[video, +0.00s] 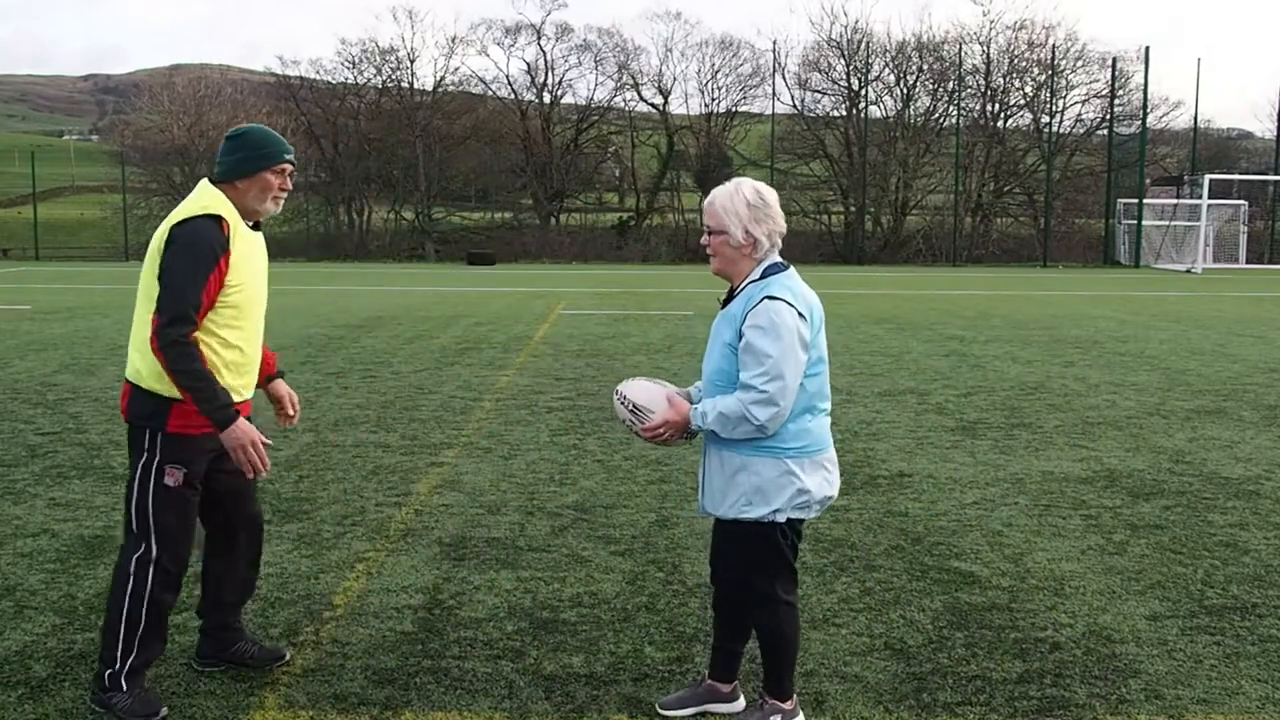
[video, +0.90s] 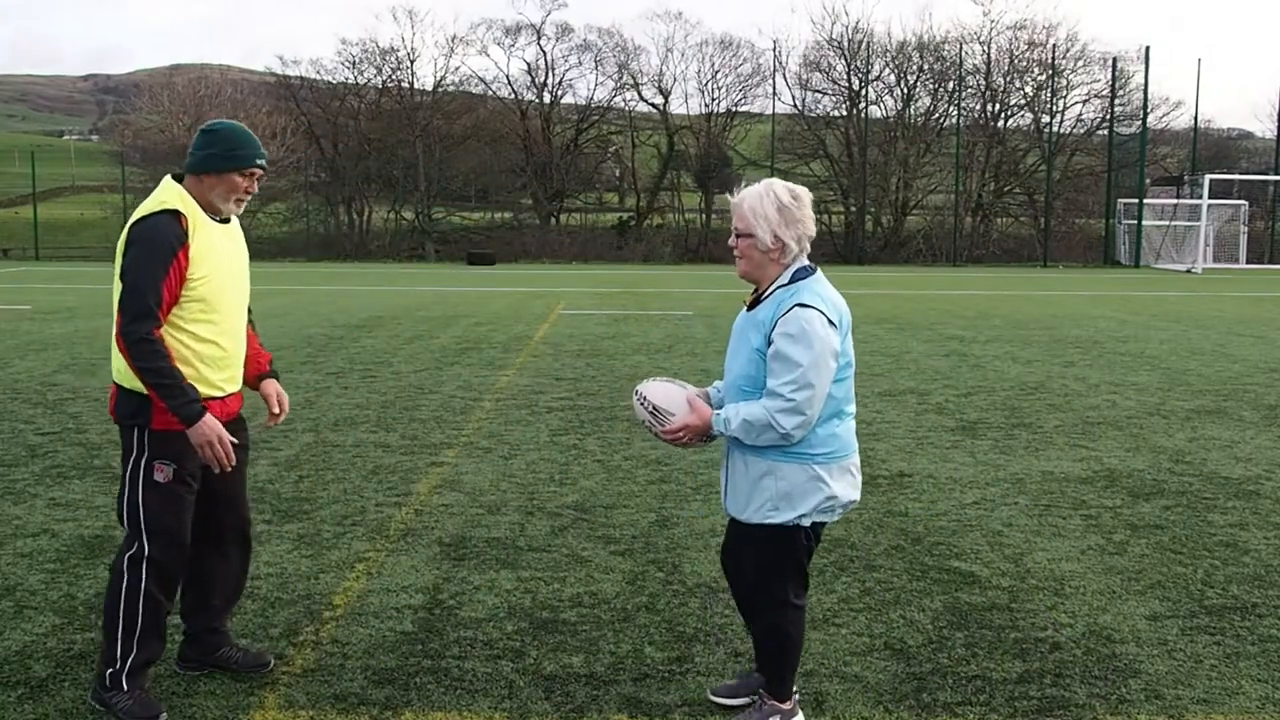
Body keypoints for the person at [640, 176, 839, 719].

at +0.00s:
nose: (704, 243)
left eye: (714, 233)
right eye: (704, 231)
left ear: (750, 240)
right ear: (745, 241)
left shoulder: (775, 306)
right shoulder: (750, 297)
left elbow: (765, 407)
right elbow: (735, 382)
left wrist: (695, 415)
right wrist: (683, 402)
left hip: (775, 474)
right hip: (743, 469)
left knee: (769, 589)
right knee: (729, 579)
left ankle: (780, 703)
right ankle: (721, 685)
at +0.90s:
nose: (732, 244)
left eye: (742, 235)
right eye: (733, 234)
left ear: (778, 244)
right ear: (770, 245)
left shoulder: (804, 313)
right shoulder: (771, 302)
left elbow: (789, 416)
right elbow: (751, 383)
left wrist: (716, 421)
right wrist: (702, 401)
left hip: (796, 478)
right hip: (763, 470)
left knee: (774, 584)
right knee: (740, 563)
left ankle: (781, 699)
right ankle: (770, 674)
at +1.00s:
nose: (737, 245)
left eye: (747, 236)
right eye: (737, 235)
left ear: (783, 244)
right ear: (774, 244)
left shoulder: (810, 313)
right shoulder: (776, 301)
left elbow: (797, 415)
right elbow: (758, 383)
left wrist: (723, 422)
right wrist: (708, 402)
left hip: (802, 476)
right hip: (770, 467)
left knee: (778, 585)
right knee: (754, 563)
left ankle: (780, 701)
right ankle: (814, 665)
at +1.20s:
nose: (754, 247)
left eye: (763, 238)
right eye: (755, 236)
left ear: (798, 244)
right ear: (790, 245)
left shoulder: (828, 314)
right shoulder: (795, 304)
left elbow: (817, 413)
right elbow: (776, 384)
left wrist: (740, 422)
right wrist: (728, 403)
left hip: (826, 475)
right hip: (803, 469)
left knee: (785, 581)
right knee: (813, 574)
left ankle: (780, 702)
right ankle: (892, 653)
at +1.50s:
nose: (811, 252)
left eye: (823, 242)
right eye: (809, 241)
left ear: (860, 249)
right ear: (848, 251)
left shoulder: (880, 316)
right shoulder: (851, 308)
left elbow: (872, 414)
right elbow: (834, 390)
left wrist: (802, 424)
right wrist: (785, 413)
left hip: (880, 480)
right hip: (862, 475)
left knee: (830, 582)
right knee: (874, 578)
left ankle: (786, 699)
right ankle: (931, 677)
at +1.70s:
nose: (854, 250)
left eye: (867, 241)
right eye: (851, 240)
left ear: (903, 248)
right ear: (850, 245)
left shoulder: (924, 314)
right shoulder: (886, 309)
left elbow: (926, 410)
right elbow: (872, 390)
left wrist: (851, 424)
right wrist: (826, 418)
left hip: (928, 473)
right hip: (898, 468)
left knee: (859, 563)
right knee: (896, 573)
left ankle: (830, 693)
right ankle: (933, 681)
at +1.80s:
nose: (875, 247)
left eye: (888, 237)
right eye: (871, 237)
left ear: (924, 243)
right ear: (869, 242)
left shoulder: (946, 310)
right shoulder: (900, 308)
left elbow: (948, 403)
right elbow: (888, 386)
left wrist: (874, 422)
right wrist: (846, 412)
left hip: (948, 468)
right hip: (917, 463)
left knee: (881, 562)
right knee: (913, 570)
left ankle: (898, 693)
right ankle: (933, 681)